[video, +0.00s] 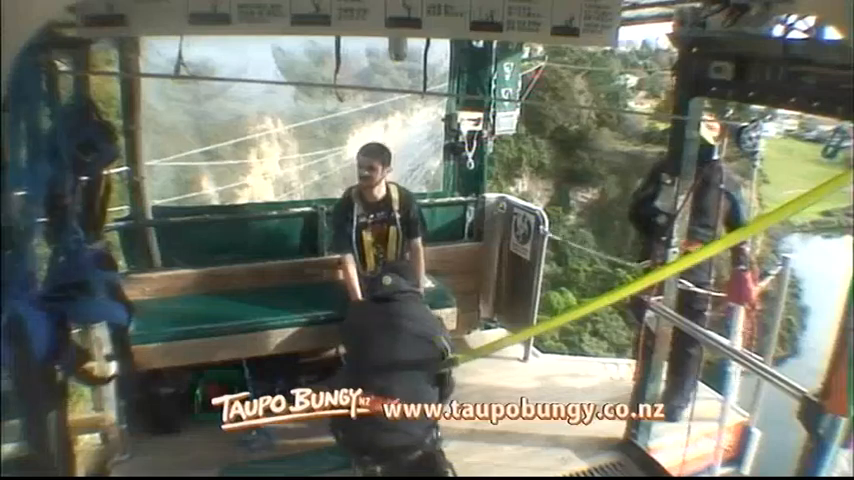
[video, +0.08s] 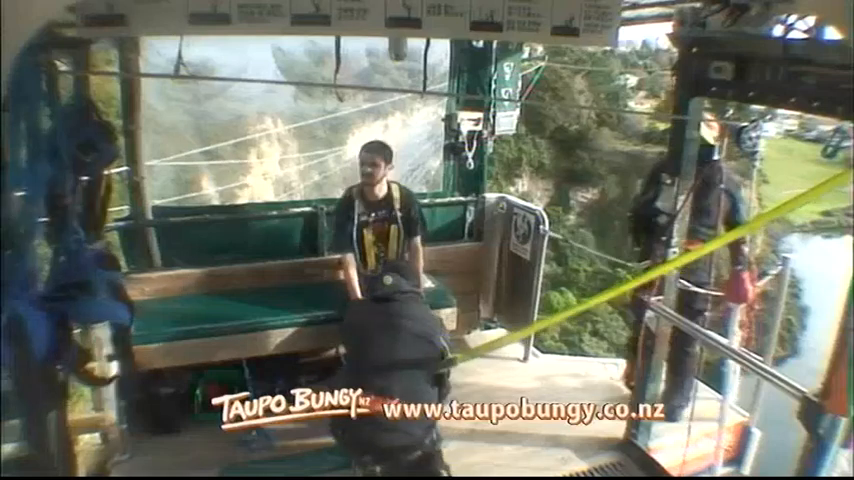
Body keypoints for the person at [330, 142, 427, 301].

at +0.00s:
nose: (364, 173)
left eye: (371, 169)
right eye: (360, 168)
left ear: (386, 171)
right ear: (356, 168)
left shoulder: (406, 200)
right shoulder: (346, 207)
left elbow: (416, 248)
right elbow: (348, 260)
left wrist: (419, 290)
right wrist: (358, 302)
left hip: (403, 287)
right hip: (365, 290)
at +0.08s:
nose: (366, 170)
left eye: (373, 165)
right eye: (363, 165)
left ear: (388, 168)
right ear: (358, 165)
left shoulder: (406, 199)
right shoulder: (348, 202)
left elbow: (415, 248)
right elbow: (347, 258)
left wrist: (417, 292)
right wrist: (358, 301)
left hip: (402, 284)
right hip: (365, 287)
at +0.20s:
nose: (371, 168)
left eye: (378, 163)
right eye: (367, 162)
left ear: (391, 167)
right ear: (361, 163)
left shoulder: (407, 198)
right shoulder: (349, 202)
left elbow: (414, 246)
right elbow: (348, 254)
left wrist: (415, 290)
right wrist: (357, 300)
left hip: (402, 283)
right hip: (366, 285)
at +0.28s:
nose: (372, 166)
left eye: (378, 161)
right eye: (367, 160)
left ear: (391, 165)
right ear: (362, 163)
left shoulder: (408, 196)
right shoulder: (350, 200)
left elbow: (414, 244)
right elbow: (348, 253)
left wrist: (414, 288)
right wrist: (356, 299)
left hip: (402, 282)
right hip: (366, 283)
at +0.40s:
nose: (372, 162)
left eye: (378, 157)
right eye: (367, 157)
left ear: (391, 161)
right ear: (361, 160)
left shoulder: (407, 193)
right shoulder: (351, 199)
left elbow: (416, 241)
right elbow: (348, 253)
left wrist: (414, 283)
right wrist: (356, 298)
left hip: (403, 278)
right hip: (367, 280)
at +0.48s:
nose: (371, 161)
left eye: (378, 156)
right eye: (367, 156)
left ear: (390, 160)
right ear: (361, 159)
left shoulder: (407, 191)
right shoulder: (351, 198)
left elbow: (417, 239)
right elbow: (350, 251)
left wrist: (414, 279)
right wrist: (358, 296)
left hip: (405, 278)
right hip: (368, 280)